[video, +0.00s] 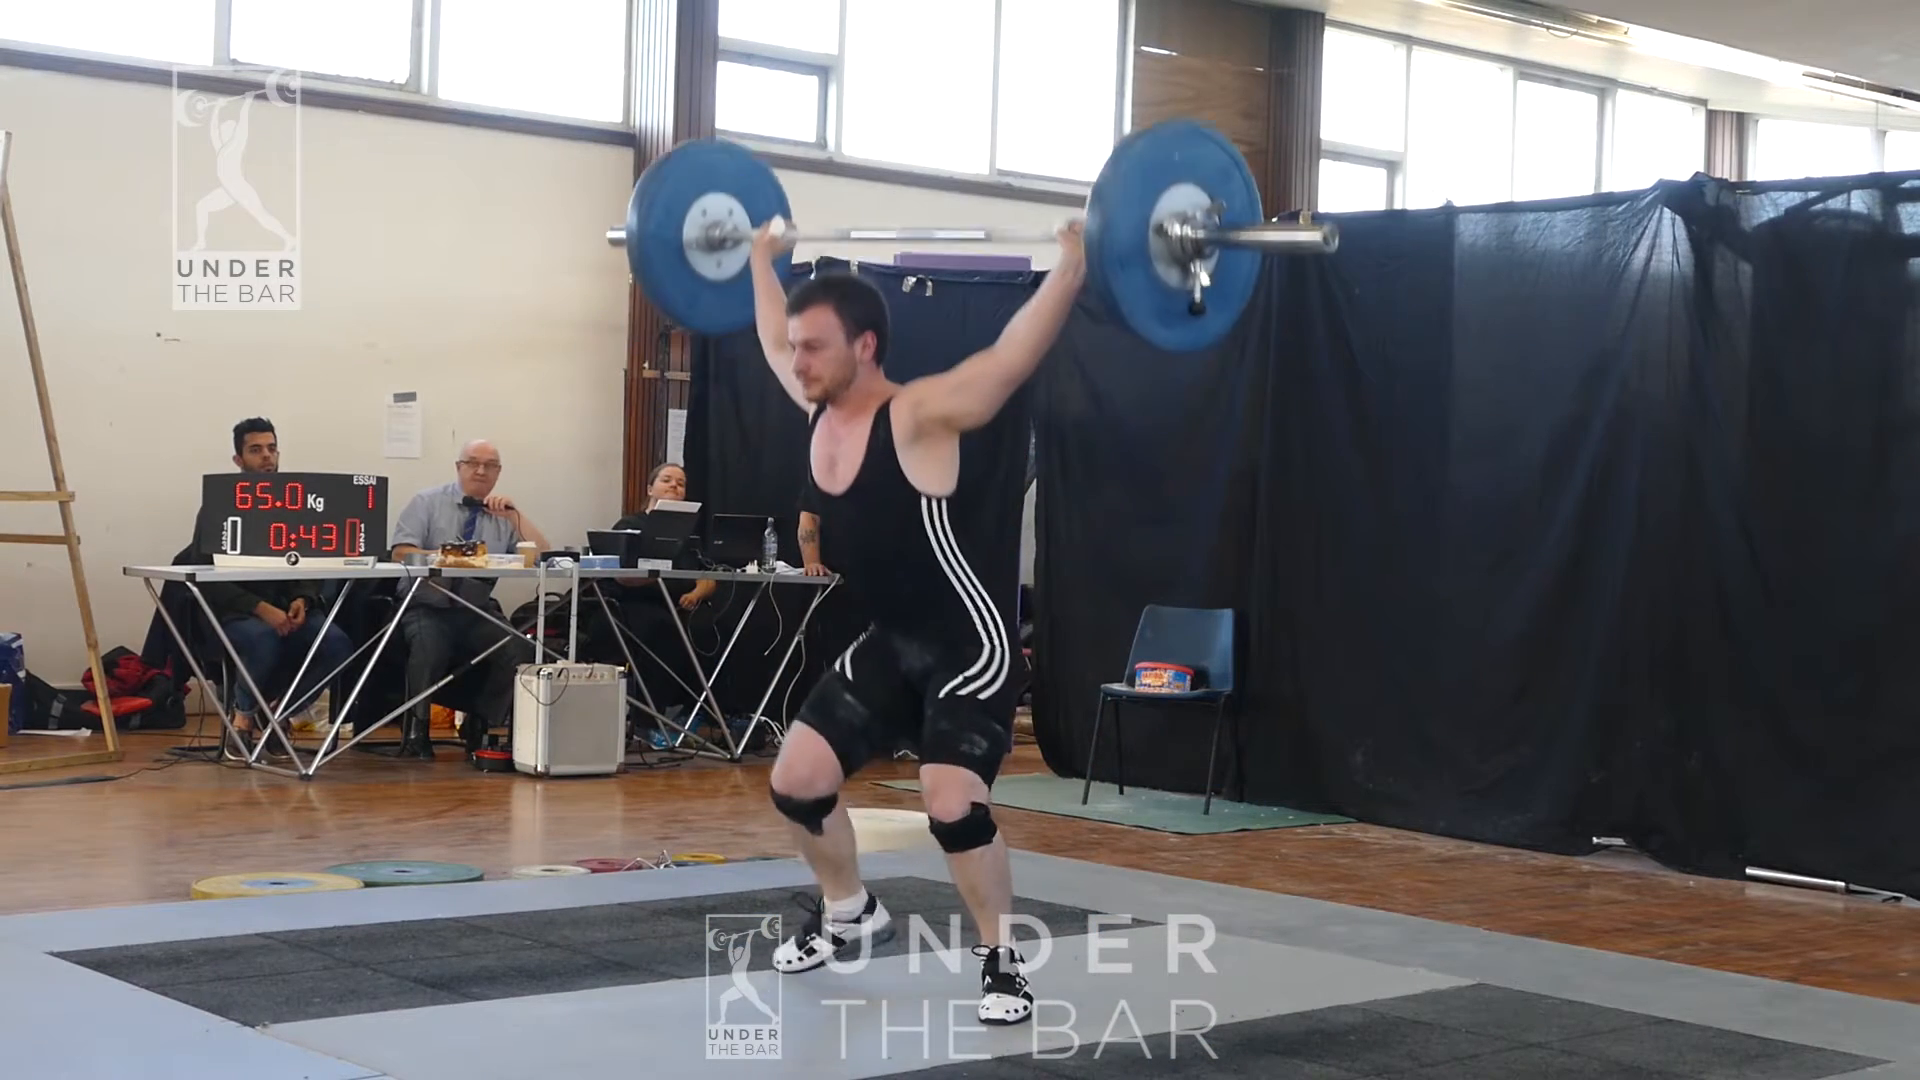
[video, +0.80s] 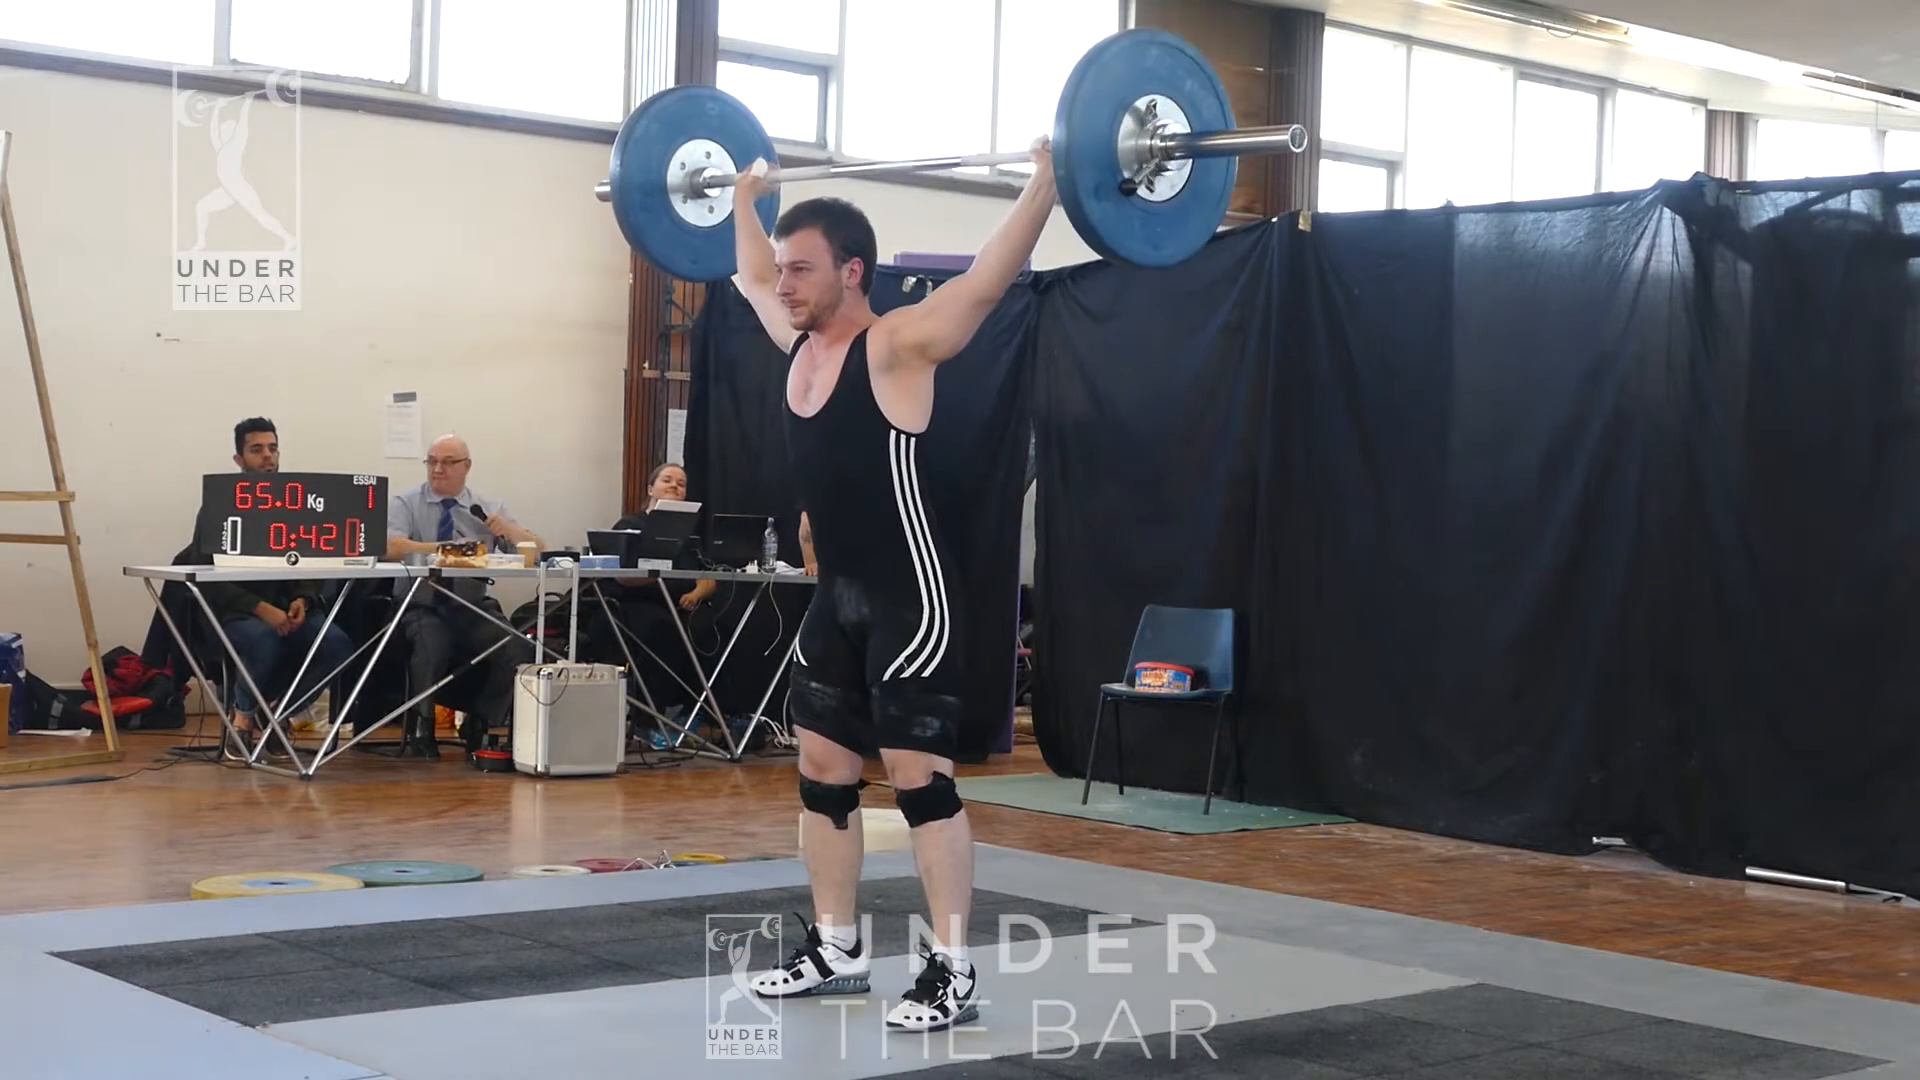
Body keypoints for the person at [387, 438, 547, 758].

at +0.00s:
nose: (481, 472)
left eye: (490, 466)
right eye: (473, 464)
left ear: (499, 473)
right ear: (459, 468)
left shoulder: (503, 516)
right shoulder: (427, 502)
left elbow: (544, 555)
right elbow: (401, 552)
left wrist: (516, 515)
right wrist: (444, 560)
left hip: (478, 609)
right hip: (428, 605)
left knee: (518, 651)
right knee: (429, 649)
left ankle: (477, 727)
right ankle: (417, 731)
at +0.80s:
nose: (438, 469)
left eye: (449, 463)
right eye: (432, 462)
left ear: (467, 468)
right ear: (426, 465)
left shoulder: (486, 507)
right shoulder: (405, 503)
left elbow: (537, 548)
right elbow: (392, 547)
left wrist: (509, 531)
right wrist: (445, 550)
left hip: (473, 605)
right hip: (422, 604)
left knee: (515, 649)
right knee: (431, 641)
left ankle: (478, 726)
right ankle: (422, 729)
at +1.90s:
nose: (402, 468)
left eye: (412, 461)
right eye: (397, 460)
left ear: (433, 464)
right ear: (391, 462)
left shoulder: (461, 499)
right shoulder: (380, 501)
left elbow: (508, 533)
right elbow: (367, 554)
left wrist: (504, 547)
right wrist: (404, 535)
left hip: (461, 599)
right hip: (409, 604)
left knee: (503, 657)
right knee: (445, 659)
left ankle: (479, 727)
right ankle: (444, 721)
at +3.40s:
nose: (379, 471)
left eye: (388, 463)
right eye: (374, 463)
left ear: (411, 465)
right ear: (370, 465)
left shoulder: (442, 498)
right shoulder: (367, 506)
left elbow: (490, 525)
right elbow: (354, 551)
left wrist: (504, 542)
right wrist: (406, 552)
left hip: (456, 597)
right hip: (406, 605)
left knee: (503, 653)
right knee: (444, 660)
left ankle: (480, 727)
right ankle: (446, 723)